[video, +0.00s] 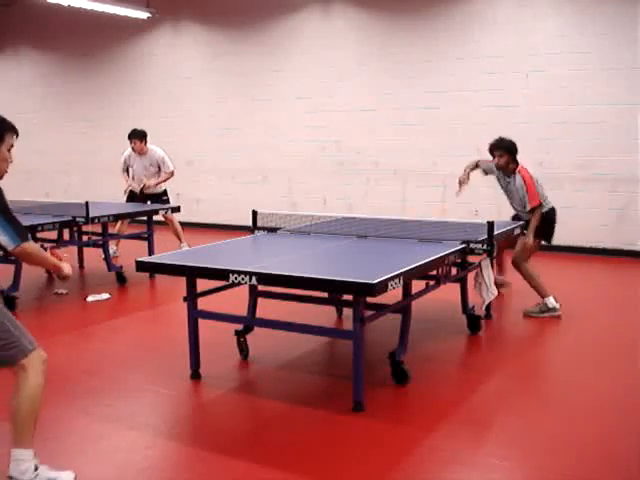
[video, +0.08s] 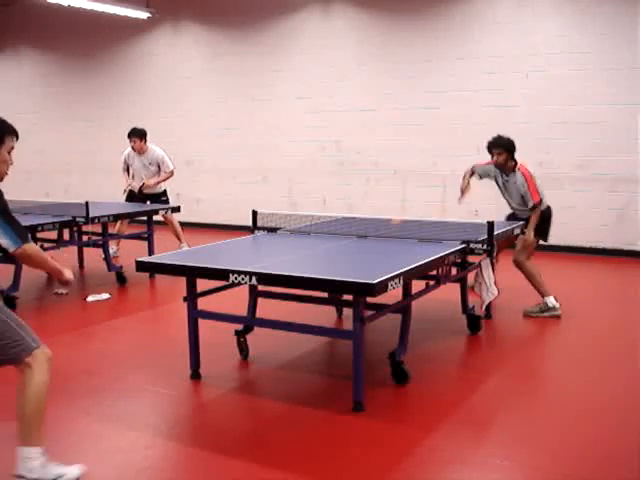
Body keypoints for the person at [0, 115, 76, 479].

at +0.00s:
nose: (10, 159)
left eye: (11, 151)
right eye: (8, 151)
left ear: (3, 150)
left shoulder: (0, 192)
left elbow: (17, 241)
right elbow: (18, 246)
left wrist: (49, 259)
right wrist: (55, 266)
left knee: (30, 359)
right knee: (33, 360)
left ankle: (22, 463)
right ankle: (22, 465)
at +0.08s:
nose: (10, 161)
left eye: (12, 153)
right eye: (8, 152)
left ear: (5, 153)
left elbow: (16, 242)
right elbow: (19, 248)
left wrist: (51, 263)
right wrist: (57, 270)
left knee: (34, 356)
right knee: (37, 357)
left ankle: (30, 459)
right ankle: (31, 460)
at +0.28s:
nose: (62, 180)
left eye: (63, 171)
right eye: (58, 170)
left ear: (28, 167)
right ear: (37, 168)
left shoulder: (4, 187)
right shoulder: (22, 196)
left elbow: (21, 236)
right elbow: (71, 241)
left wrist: (46, 261)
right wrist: (80, 272)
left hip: (6, 311)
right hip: (6, 313)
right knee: (74, 362)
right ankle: (89, 464)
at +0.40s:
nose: (93, 205)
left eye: (95, 199)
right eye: (92, 197)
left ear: (51, 183)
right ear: (74, 189)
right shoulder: (66, 212)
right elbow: (119, 240)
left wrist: (114, 269)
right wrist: (123, 271)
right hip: (16, 321)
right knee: (92, 362)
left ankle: (91, 463)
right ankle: (92, 465)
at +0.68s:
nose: (65, 178)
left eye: (65, 170)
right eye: (63, 170)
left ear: (19, 166)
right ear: (48, 171)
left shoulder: (6, 194)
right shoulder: (53, 201)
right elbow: (130, 218)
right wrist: (165, 239)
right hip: (13, 327)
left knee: (76, 363)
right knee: (78, 365)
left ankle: (92, 463)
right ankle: (92, 464)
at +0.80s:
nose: (10, 127)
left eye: (8, 118)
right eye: (7, 118)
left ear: (2, 119)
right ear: (1, 119)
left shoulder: (5, 166)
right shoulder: (2, 166)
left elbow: (47, 211)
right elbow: (55, 216)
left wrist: (80, 225)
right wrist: (92, 228)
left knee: (26, 389)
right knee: (25, 389)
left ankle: (77, 465)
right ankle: (78, 466)